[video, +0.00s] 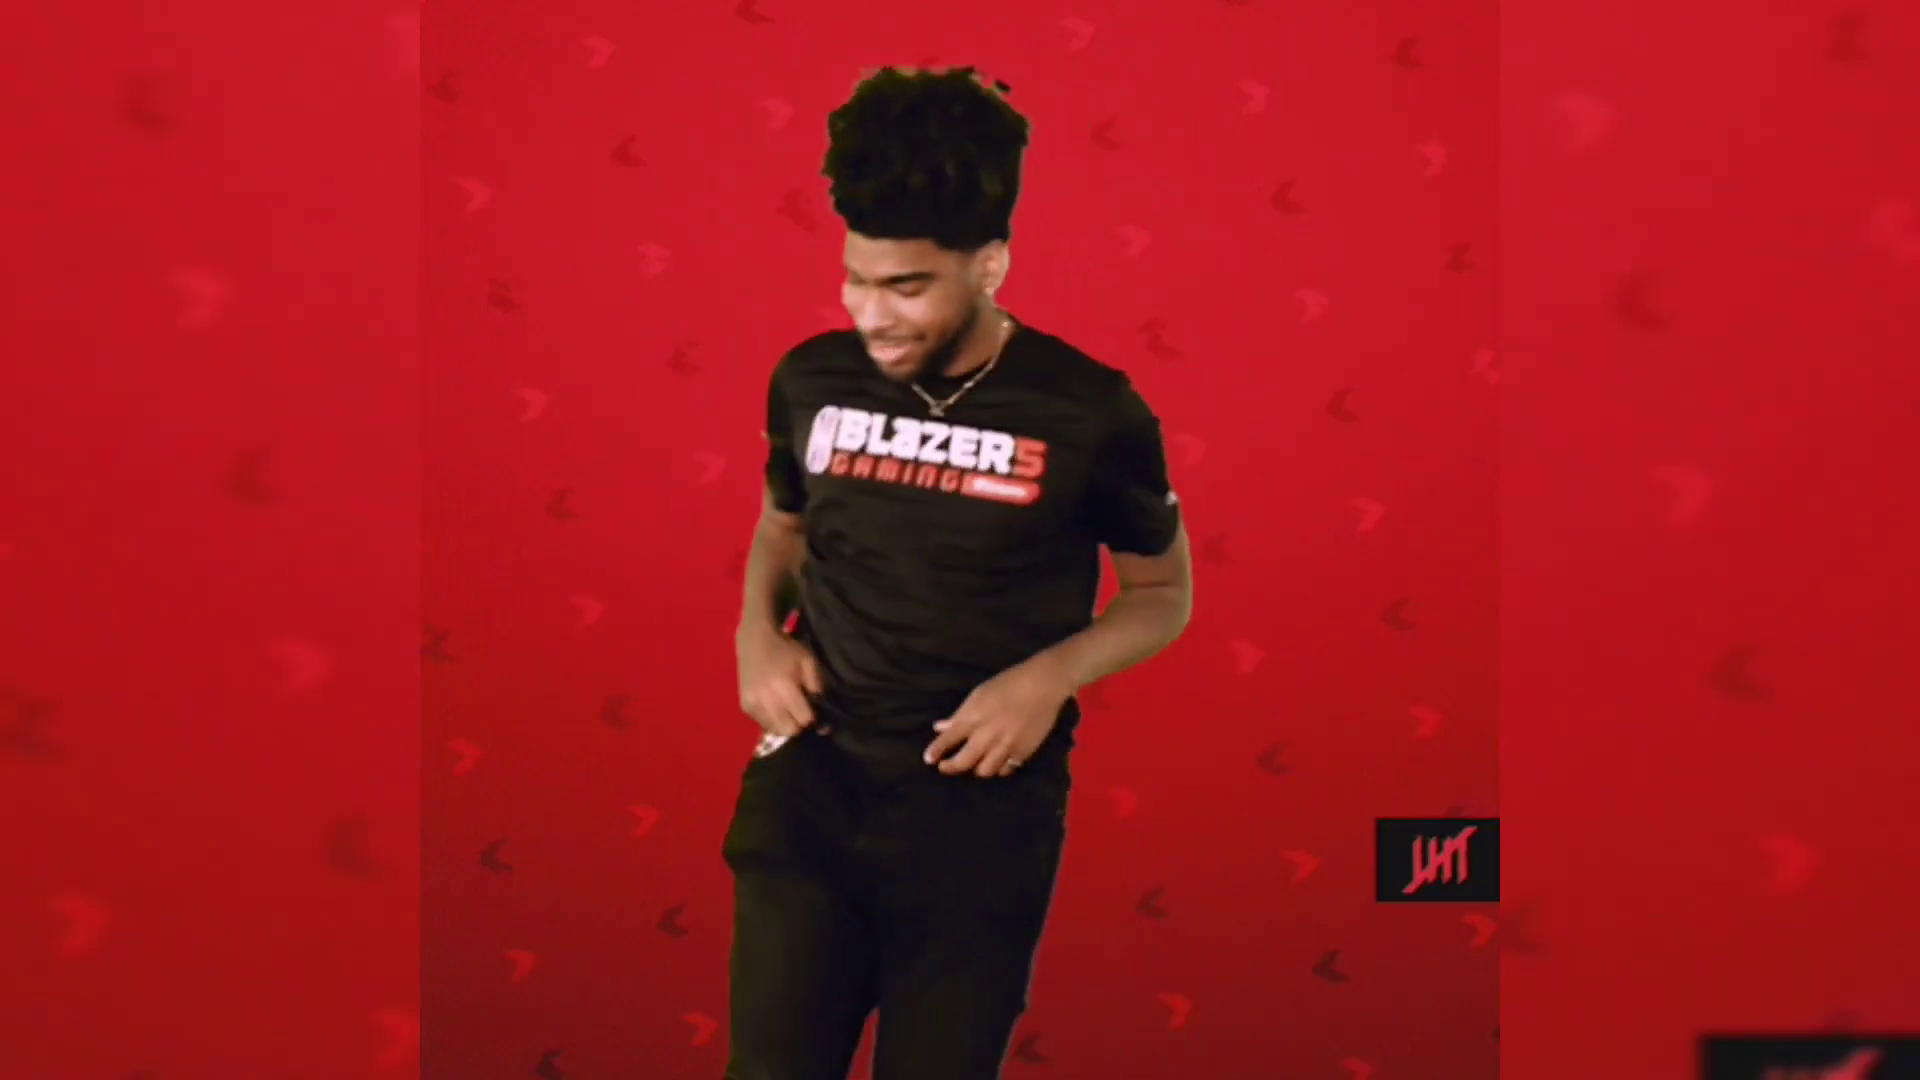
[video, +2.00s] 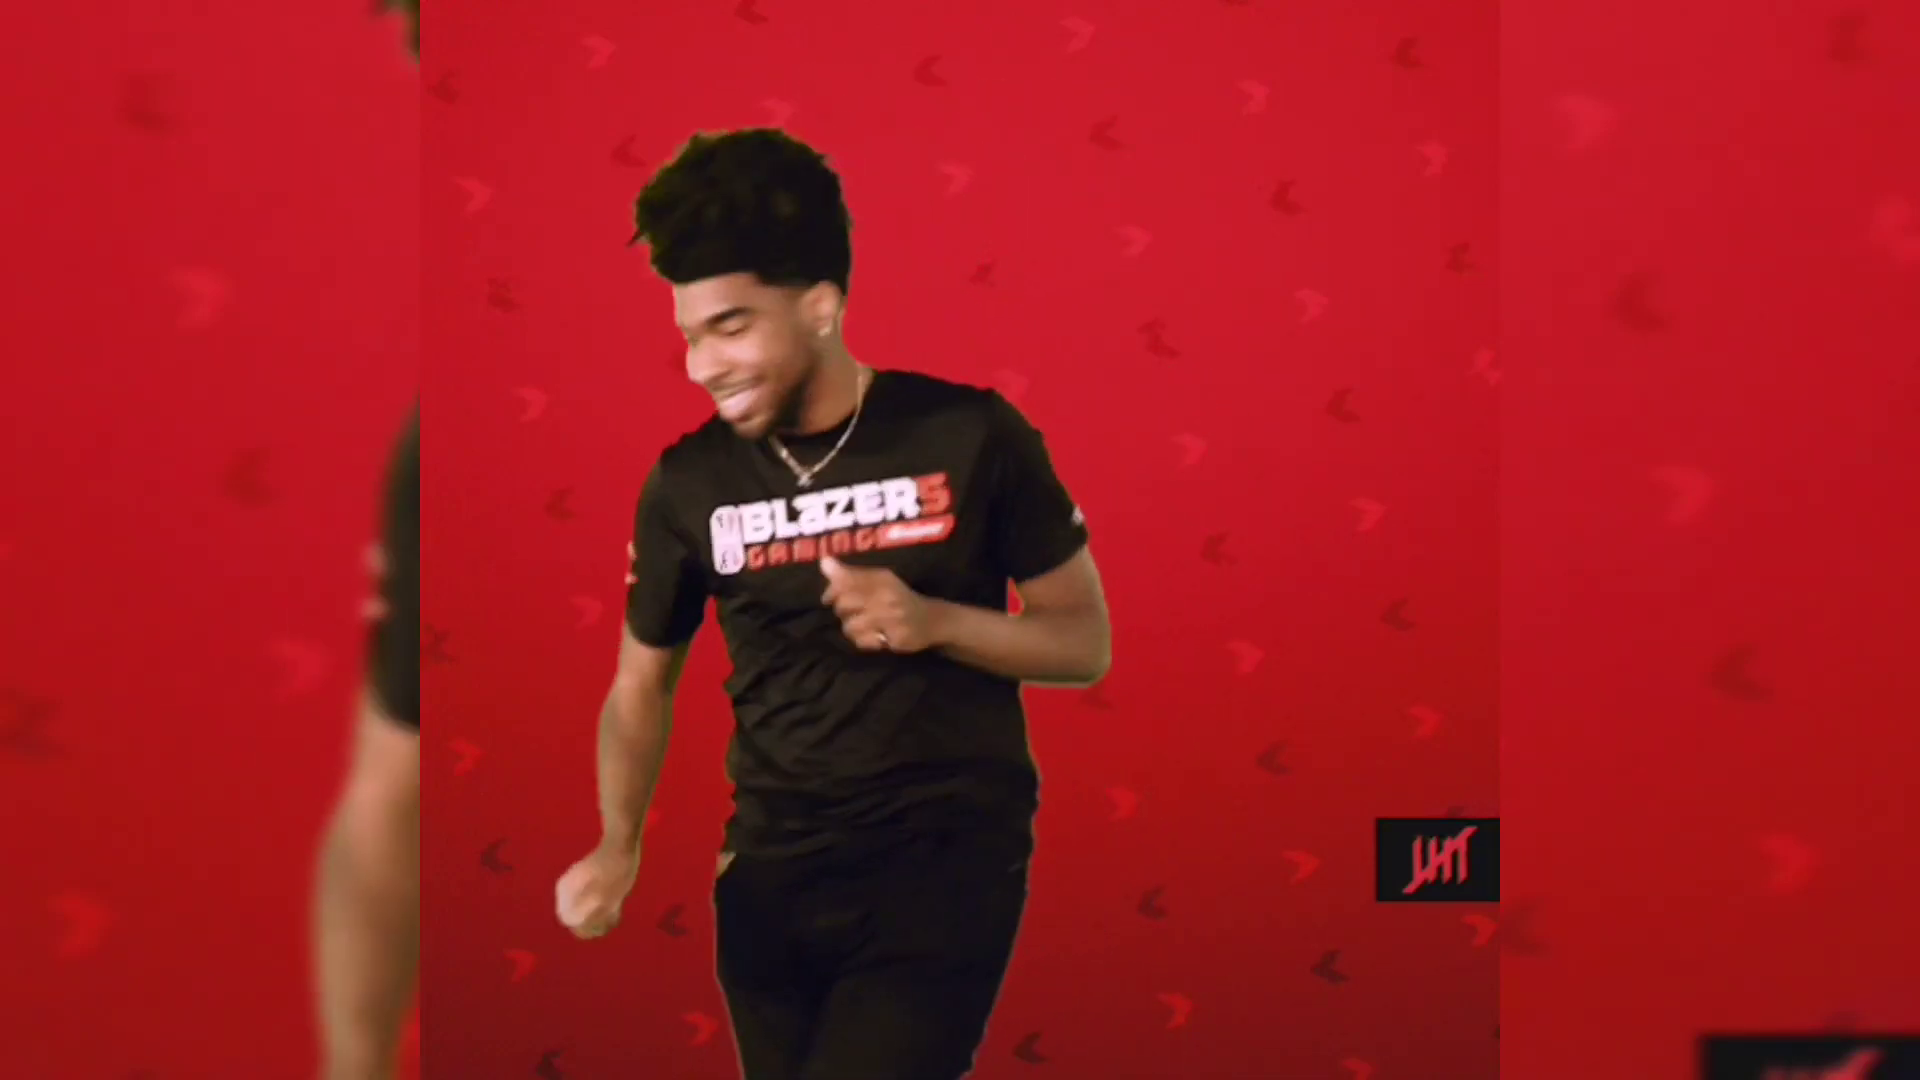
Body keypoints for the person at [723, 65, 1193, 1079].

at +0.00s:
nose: (873, 315)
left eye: (907, 285)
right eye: (856, 278)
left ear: (992, 267)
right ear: (840, 254)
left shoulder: (1097, 420)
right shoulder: (811, 385)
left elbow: (1162, 594)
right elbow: (780, 534)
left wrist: (1048, 677)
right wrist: (756, 641)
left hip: (983, 822)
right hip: (807, 801)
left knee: (937, 1064)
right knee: (772, 1062)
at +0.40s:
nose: (896, 315)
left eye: (920, 282)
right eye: (864, 282)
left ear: (942, 255)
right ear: (789, 250)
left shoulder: (1002, 362)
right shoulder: (701, 390)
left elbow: (1059, 501)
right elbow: (641, 543)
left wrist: (1023, 627)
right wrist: (709, 656)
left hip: (964, 780)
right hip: (786, 786)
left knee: (965, 1061)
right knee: (788, 1063)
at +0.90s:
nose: (977, 332)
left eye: (1000, 300)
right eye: (948, 298)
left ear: (1023, 272)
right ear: (871, 262)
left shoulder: (1046, 375)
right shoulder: (757, 407)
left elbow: (1061, 522)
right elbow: (651, 575)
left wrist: (1072, 638)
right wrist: (776, 688)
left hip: (1039, 797)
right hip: (862, 816)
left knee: (1076, 1062)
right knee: (891, 1064)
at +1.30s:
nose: (902, 383)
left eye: (937, 351)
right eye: (876, 346)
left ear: (984, 319)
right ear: (843, 311)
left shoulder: (1074, 446)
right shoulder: (778, 468)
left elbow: (1140, 588)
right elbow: (738, 673)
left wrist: (1103, 731)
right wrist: (804, 811)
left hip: (1038, 849)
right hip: (866, 860)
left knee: (987, 1060)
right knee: (874, 1064)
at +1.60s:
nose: (872, 374)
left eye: (904, 342)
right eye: (843, 335)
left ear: (938, 311)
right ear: (794, 297)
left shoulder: (1013, 423)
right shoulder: (731, 462)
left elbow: (1154, 577)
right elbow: (711, 674)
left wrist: (1068, 694)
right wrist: (683, 875)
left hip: (1033, 822)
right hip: (865, 846)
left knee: (1015, 1057)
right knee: (882, 1060)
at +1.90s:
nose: (805, 352)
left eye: (836, 320)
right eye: (776, 319)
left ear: (884, 300)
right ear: (743, 298)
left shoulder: (987, 418)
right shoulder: (695, 469)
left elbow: (1104, 597)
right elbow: (656, 649)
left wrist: (961, 638)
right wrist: (601, 853)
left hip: (994, 832)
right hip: (817, 850)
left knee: (955, 1057)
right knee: (843, 1060)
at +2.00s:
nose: (703, 365)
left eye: (731, 325)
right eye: (687, 334)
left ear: (825, 305)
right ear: (679, 323)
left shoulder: (975, 438)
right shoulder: (690, 486)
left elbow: (1084, 643)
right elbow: (643, 681)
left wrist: (936, 621)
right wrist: (617, 843)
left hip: (944, 854)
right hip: (774, 867)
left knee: (881, 1055)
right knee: (780, 1056)